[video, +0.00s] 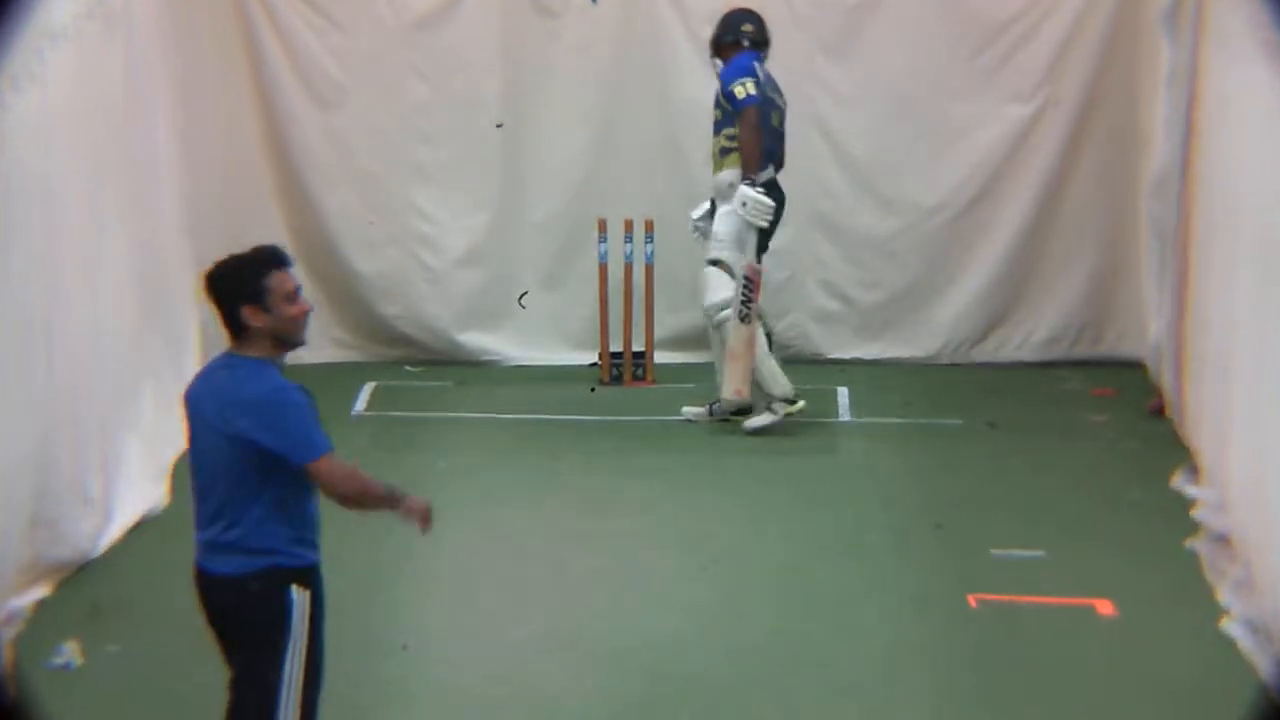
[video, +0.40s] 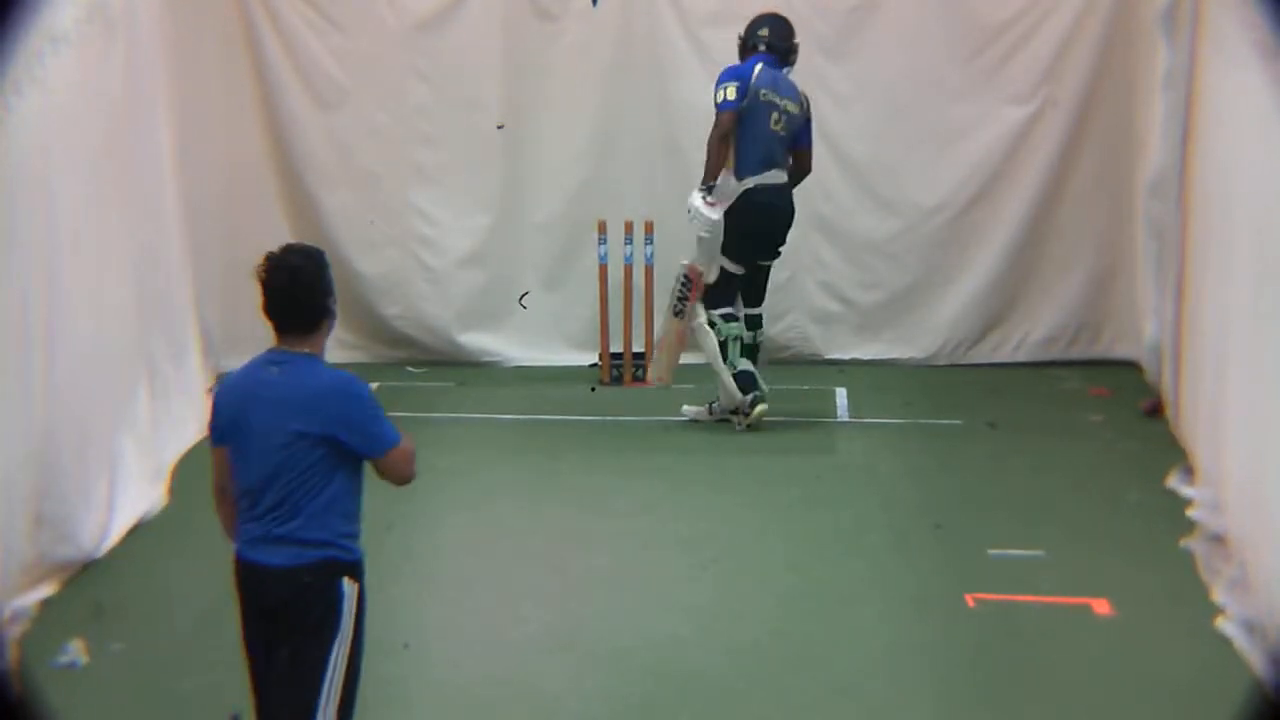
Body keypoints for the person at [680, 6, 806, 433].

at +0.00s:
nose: (715, 52)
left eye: (718, 45)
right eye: (716, 46)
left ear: (730, 41)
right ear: (756, 42)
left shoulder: (737, 67)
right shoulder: (765, 80)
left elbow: (750, 119)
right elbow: (758, 152)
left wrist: (749, 186)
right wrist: (717, 203)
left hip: (744, 195)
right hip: (756, 194)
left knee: (722, 295)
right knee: (734, 299)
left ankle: (776, 395)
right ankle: (737, 397)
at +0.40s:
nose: (742, 50)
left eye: (744, 44)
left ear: (749, 45)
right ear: (789, 51)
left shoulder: (736, 75)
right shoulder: (798, 96)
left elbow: (723, 129)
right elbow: (803, 165)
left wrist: (706, 188)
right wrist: (769, 190)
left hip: (742, 199)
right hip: (780, 204)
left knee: (718, 287)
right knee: (754, 289)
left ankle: (743, 385)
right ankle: (740, 391)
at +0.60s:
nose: (758, 46)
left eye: (759, 39)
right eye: (804, 46)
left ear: (760, 43)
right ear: (800, 48)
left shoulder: (735, 80)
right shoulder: (810, 93)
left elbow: (708, 140)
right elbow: (828, 160)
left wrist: (692, 195)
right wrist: (805, 200)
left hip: (757, 198)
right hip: (798, 201)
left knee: (750, 295)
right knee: (766, 297)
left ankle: (762, 403)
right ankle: (739, 389)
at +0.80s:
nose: (826, 51)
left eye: (826, 45)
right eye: (824, 44)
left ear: (780, 39)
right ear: (816, 44)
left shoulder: (746, 79)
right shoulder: (826, 91)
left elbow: (715, 141)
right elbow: (845, 156)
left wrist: (699, 196)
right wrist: (856, 214)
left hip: (771, 198)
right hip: (817, 198)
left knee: (766, 295)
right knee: (803, 291)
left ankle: (766, 407)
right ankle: (804, 395)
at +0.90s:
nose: (838, 55)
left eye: (839, 46)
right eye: (835, 46)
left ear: (796, 40)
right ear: (822, 44)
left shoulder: (757, 80)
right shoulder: (835, 92)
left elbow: (725, 140)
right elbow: (854, 158)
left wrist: (708, 195)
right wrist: (876, 216)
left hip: (779, 201)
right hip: (826, 201)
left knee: (772, 298)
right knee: (831, 289)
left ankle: (767, 408)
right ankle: (848, 393)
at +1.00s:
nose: (857, 59)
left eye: (858, 50)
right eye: (854, 50)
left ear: (815, 43)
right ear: (840, 47)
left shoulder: (772, 82)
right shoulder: (849, 95)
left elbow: (739, 139)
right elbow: (867, 162)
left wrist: (723, 195)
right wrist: (893, 218)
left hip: (788, 205)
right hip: (837, 204)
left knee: (776, 300)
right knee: (866, 286)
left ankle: (766, 406)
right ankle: (891, 380)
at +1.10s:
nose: (879, 67)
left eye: (881, 60)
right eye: (877, 59)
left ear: (838, 49)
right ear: (866, 56)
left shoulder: (794, 86)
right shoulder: (870, 104)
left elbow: (759, 138)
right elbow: (886, 169)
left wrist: (741, 196)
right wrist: (912, 228)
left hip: (805, 210)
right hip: (858, 209)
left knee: (779, 303)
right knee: (900, 283)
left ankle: (765, 401)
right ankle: (939, 375)